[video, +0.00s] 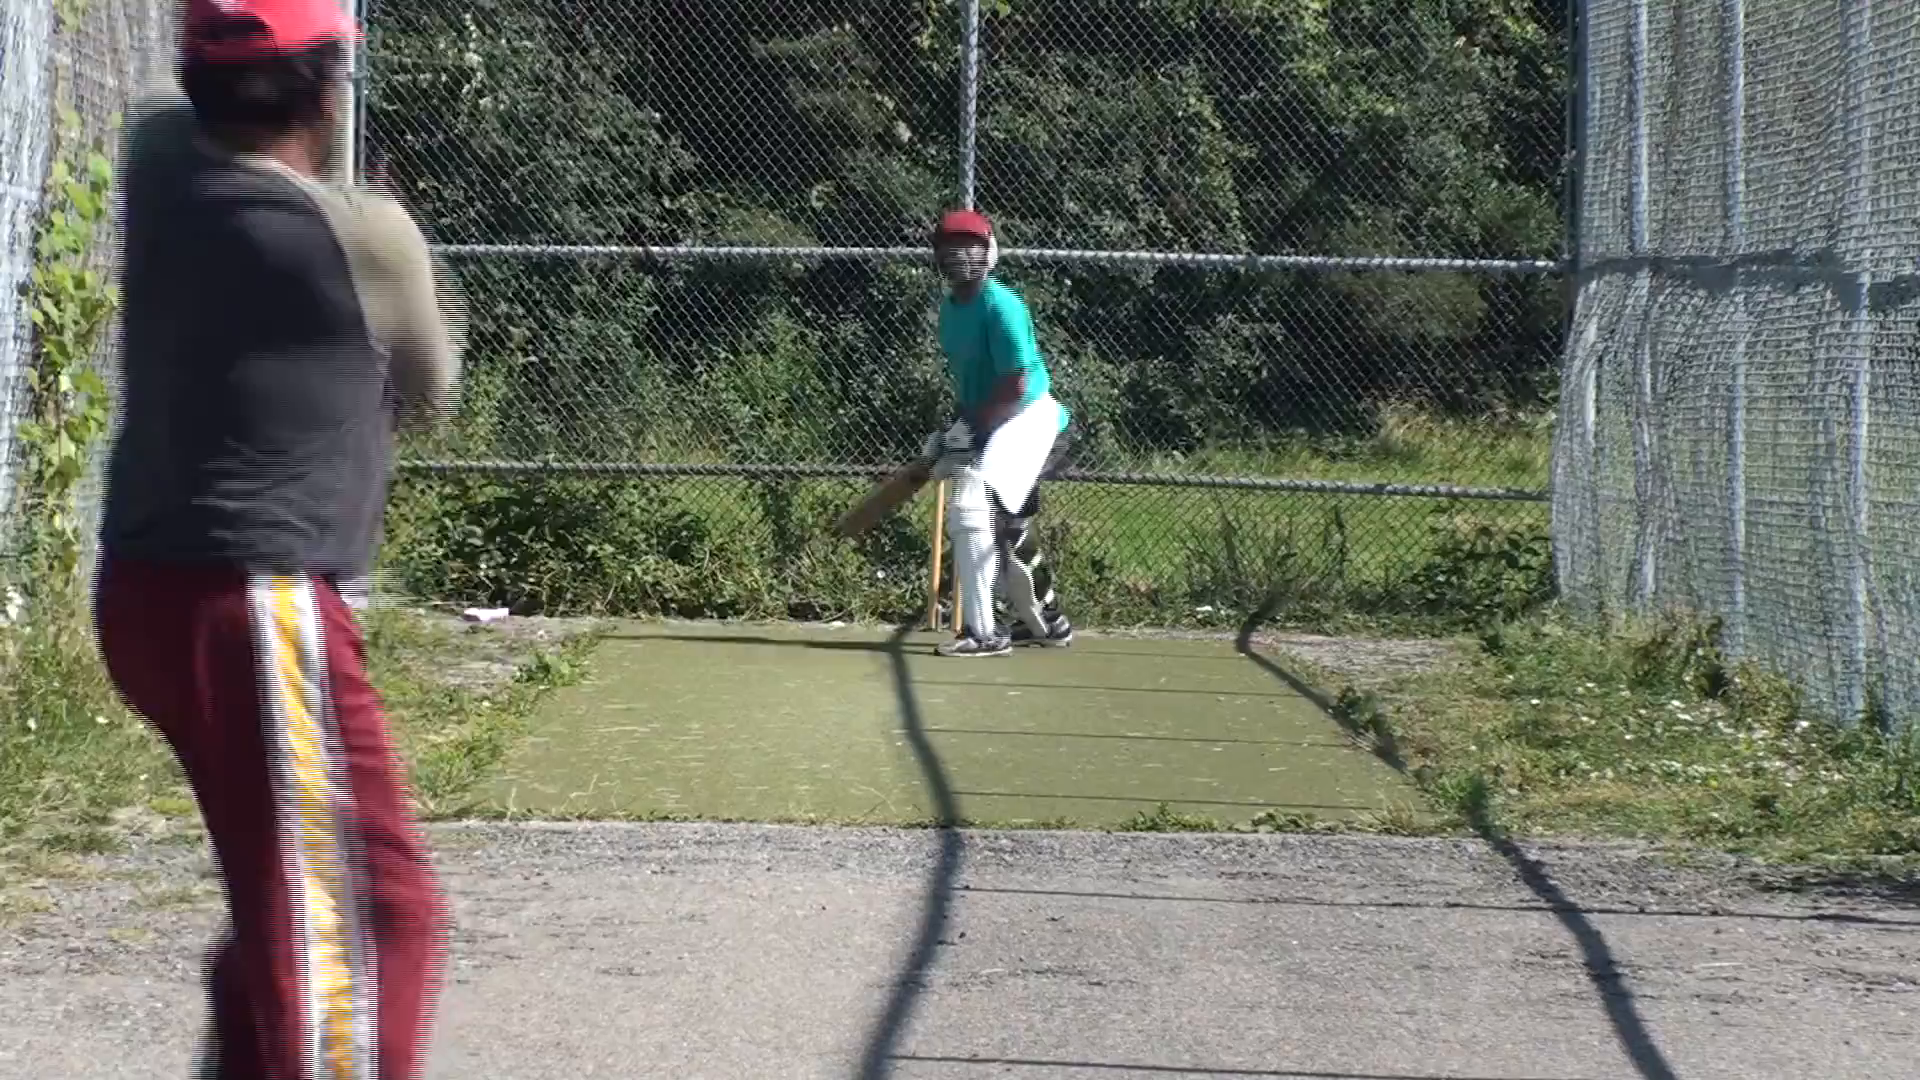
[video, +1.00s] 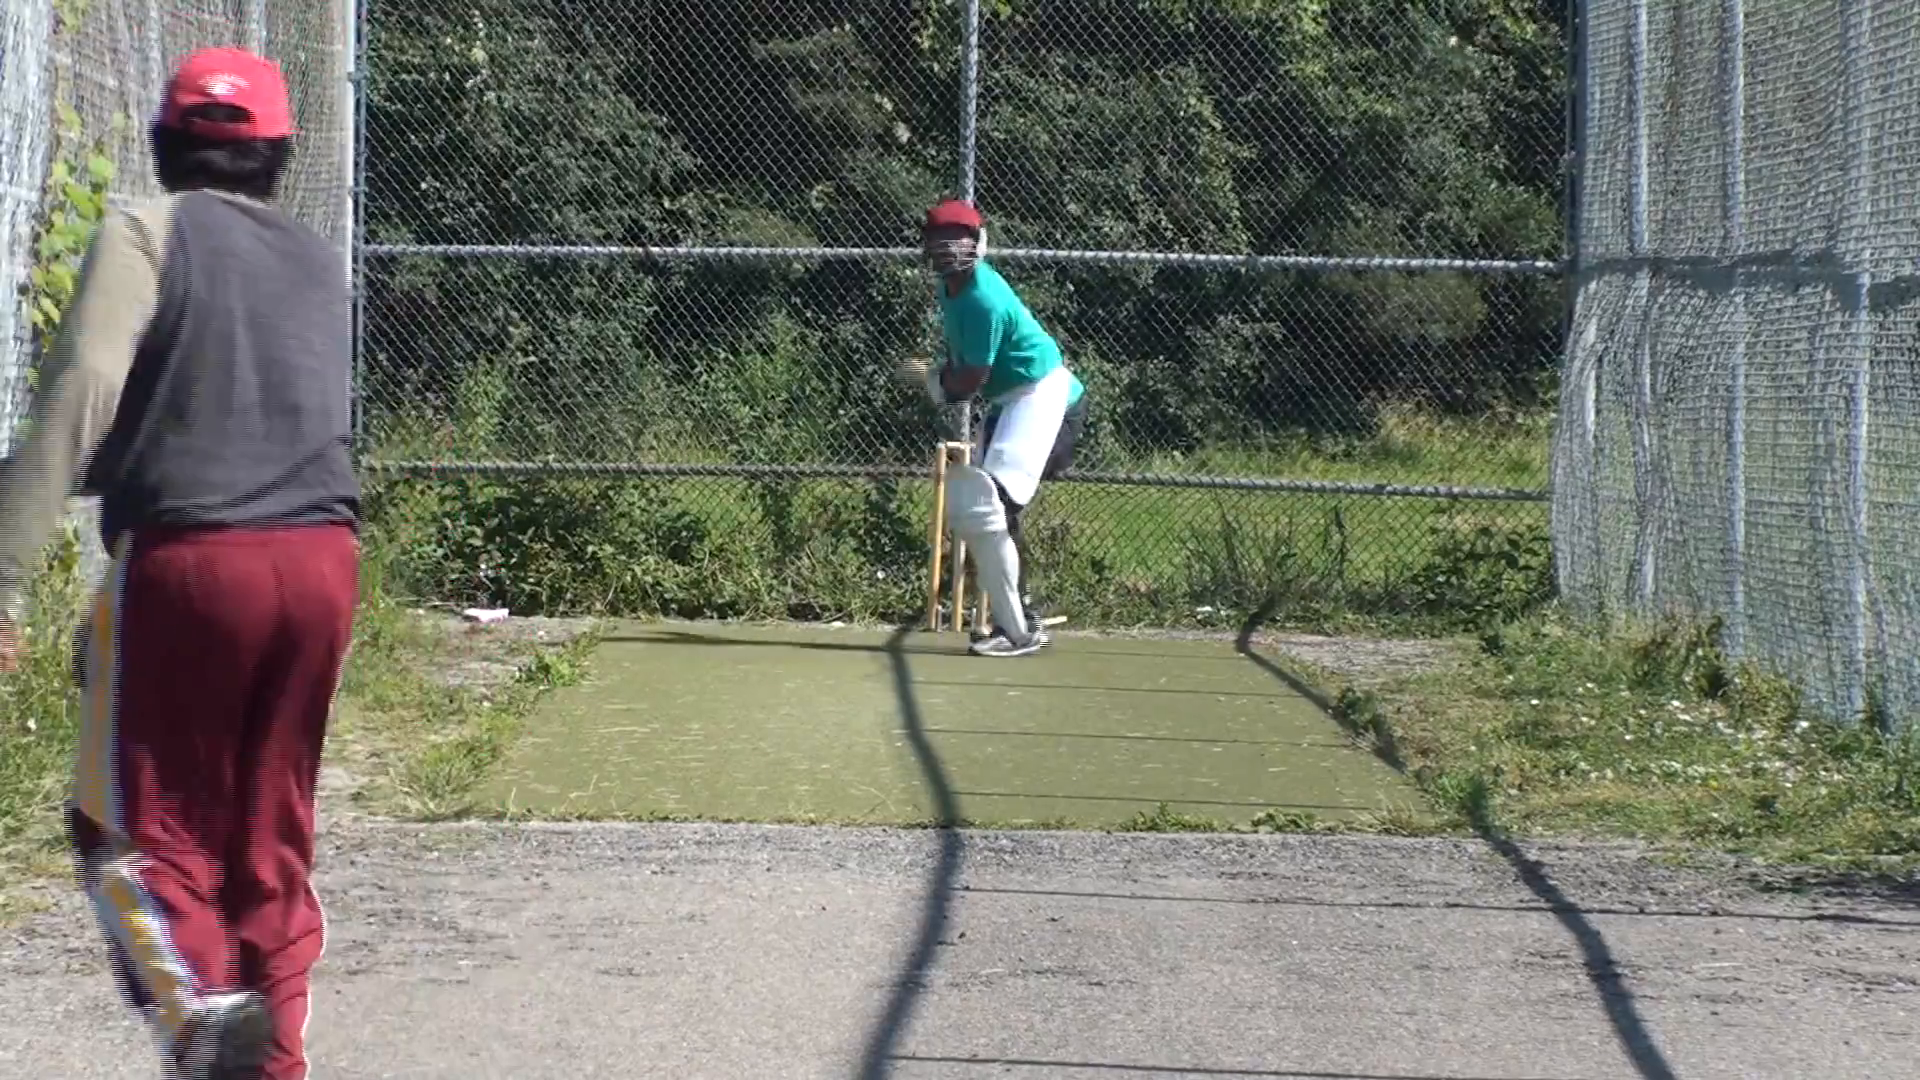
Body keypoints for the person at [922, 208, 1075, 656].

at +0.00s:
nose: (967, 257)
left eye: (976, 247)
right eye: (955, 249)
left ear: (990, 254)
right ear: (939, 258)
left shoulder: (1001, 305)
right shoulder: (950, 308)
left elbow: (1015, 386)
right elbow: (969, 378)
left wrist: (973, 429)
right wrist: (959, 430)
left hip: (1027, 414)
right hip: (990, 417)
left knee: (970, 502)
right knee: (996, 521)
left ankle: (983, 632)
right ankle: (1044, 620)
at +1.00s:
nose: (950, 248)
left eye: (961, 238)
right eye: (941, 239)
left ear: (977, 244)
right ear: (928, 248)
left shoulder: (981, 298)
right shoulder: (951, 289)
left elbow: (973, 380)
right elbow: (964, 362)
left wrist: (933, 384)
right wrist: (935, 377)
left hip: (1039, 391)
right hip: (1011, 392)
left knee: (997, 501)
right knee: (989, 499)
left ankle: (1017, 626)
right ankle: (1016, 616)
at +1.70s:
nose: (900, 263)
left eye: (905, 248)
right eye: (888, 260)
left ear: (925, 234)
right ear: (879, 266)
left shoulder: (972, 250)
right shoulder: (892, 296)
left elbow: (1007, 280)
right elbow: (917, 308)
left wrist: (976, 267)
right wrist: (950, 251)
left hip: (1007, 393)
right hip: (946, 403)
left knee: (1016, 508)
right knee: (944, 506)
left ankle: (1002, 628)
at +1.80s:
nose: (889, 273)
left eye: (895, 260)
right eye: (878, 268)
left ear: (919, 244)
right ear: (871, 268)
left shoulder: (975, 267)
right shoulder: (886, 300)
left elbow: (1004, 315)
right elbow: (901, 338)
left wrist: (967, 312)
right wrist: (938, 297)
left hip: (987, 410)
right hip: (924, 415)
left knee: (999, 525)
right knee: (907, 513)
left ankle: (979, 625)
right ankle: (881, 628)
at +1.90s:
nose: (877, 295)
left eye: (883, 284)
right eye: (870, 289)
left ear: (909, 268)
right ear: (868, 287)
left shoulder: (961, 295)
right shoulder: (877, 323)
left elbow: (992, 356)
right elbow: (886, 384)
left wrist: (961, 371)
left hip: (967, 436)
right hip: (909, 439)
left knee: (976, 559)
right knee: (904, 531)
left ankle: (970, 626)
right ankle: (876, 640)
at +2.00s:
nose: (871, 309)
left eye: (876, 296)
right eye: (861, 304)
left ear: (901, 279)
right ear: (854, 303)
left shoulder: (953, 310)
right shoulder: (868, 342)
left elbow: (982, 379)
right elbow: (880, 406)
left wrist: (941, 410)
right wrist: (893, 432)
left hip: (966, 446)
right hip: (910, 451)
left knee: (974, 570)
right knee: (901, 535)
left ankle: (960, 625)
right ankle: (874, 641)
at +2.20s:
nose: (866, 316)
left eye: (870, 302)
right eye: (857, 309)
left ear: (896, 281)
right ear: (857, 305)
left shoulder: (953, 308)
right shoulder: (874, 347)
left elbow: (983, 381)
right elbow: (887, 417)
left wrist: (934, 427)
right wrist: (883, 456)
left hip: (980, 438)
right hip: (921, 447)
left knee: (981, 556)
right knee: (902, 537)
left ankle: (1012, 622)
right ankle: (873, 643)